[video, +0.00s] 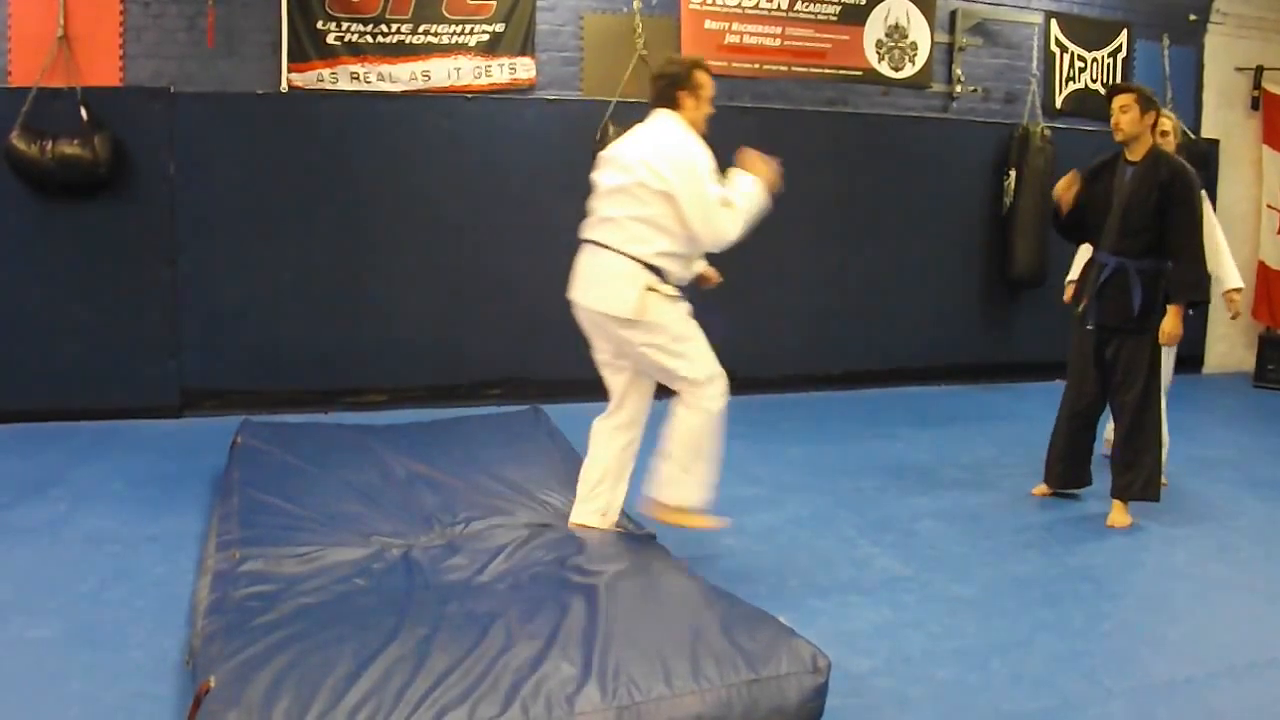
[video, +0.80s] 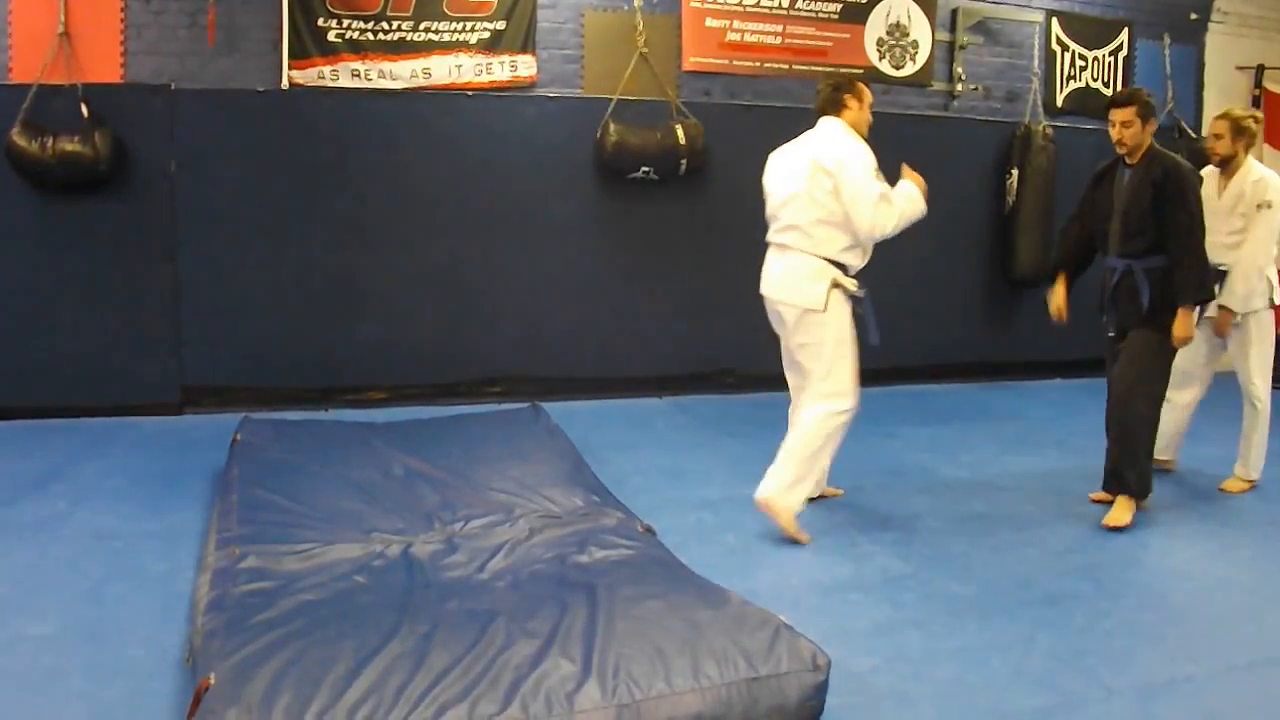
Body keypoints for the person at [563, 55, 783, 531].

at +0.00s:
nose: (711, 108)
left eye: (710, 98)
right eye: (707, 98)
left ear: (669, 97)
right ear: (684, 98)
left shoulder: (628, 141)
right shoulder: (685, 149)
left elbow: (630, 222)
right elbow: (714, 231)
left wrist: (688, 265)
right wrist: (753, 182)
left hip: (589, 283)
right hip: (633, 290)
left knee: (629, 398)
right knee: (705, 383)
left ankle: (592, 515)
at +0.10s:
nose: (744, 111)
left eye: (743, 101)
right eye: (739, 100)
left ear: (698, 99)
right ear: (715, 99)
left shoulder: (655, 144)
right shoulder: (719, 155)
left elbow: (654, 224)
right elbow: (751, 236)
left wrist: (709, 265)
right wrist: (809, 223)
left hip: (626, 286)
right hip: (672, 298)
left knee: (642, 404)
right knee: (721, 408)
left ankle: (593, 511)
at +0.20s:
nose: (779, 117)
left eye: (778, 107)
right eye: (774, 107)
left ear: (737, 106)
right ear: (753, 106)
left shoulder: (683, 153)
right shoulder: (754, 160)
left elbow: (685, 221)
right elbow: (781, 245)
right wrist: (834, 226)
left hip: (663, 290)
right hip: (713, 301)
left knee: (681, 405)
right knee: (751, 417)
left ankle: (609, 496)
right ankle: (759, 531)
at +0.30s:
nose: (806, 115)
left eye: (806, 105)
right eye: (803, 105)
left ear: (763, 102)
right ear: (782, 103)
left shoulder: (708, 149)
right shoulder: (781, 158)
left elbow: (713, 217)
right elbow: (806, 243)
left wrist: (803, 212)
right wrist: (860, 227)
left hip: (691, 288)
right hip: (738, 298)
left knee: (731, 389)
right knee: (774, 415)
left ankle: (659, 457)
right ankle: (765, 529)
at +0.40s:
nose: (824, 109)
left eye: (824, 98)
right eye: (821, 99)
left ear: (779, 95)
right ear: (802, 97)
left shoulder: (727, 142)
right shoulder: (803, 151)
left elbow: (723, 212)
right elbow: (826, 234)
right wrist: (879, 221)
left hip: (713, 278)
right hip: (757, 288)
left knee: (762, 379)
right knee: (779, 408)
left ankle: (711, 454)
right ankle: (764, 528)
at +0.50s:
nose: (835, 109)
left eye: (835, 99)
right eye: (832, 98)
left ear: (793, 95)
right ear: (814, 96)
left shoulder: (738, 141)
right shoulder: (813, 149)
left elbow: (739, 210)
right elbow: (839, 231)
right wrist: (891, 216)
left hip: (726, 278)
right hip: (771, 288)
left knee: (773, 384)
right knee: (786, 409)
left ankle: (743, 466)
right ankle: (763, 527)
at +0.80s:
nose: (871, 115)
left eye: (870, 107)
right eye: (867, 106)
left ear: (828, 107)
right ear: (846, 105)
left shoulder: (784, 153)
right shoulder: (849, 150)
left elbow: (784, 219)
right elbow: (875, 222)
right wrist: (912, 193)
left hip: (779, 277)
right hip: (817, 283)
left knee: (805, 388)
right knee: (837, 396)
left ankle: (810, 480)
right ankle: (781, 493)